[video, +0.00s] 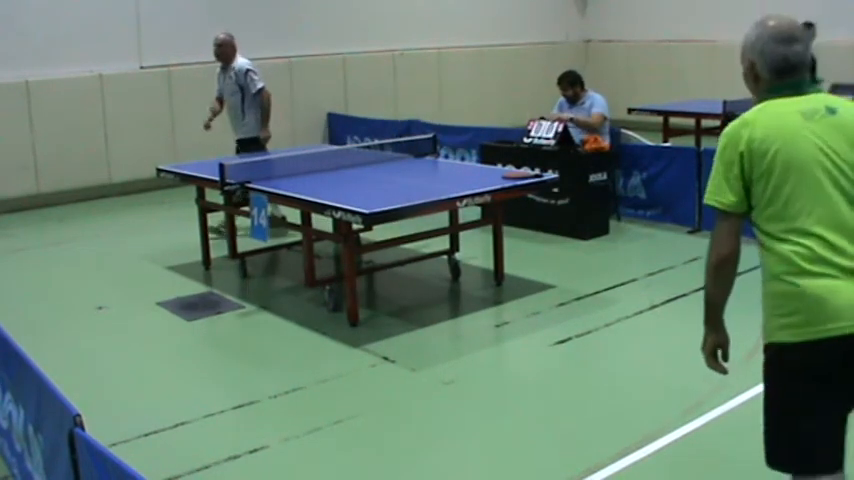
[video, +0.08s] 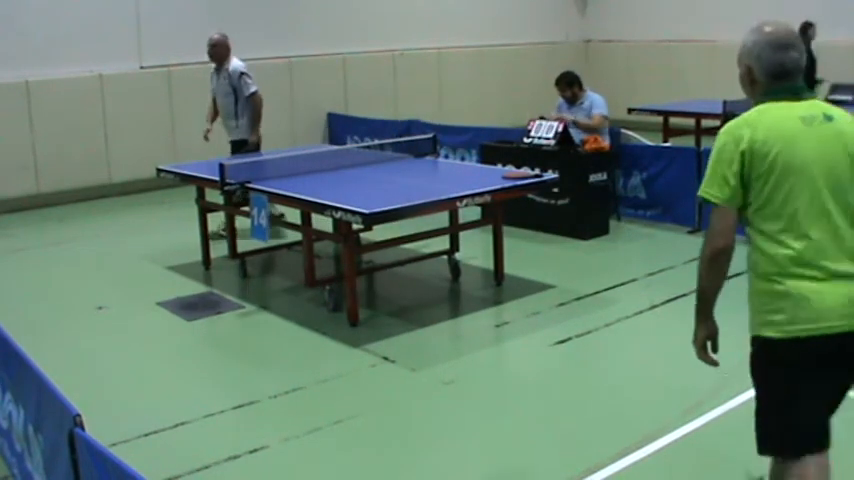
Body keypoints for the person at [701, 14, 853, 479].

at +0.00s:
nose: (743, 76)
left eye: (744, 68)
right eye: (744, 67)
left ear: (753, 72)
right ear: (810, 64)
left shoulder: (745, 132)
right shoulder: (848, 113)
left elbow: (724, 251)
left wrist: (714, 324)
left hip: (804, 323)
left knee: (816, 468)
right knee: (822, 464)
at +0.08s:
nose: (740, 77)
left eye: (740, 70)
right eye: (740, 70)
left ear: (749, 76)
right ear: (803, 69)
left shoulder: (741, 133)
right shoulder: (843, 123)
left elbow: (719, 246)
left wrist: (705, 315)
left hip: (787, 323)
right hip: (847, 316)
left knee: (797, 452)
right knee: (807, 438)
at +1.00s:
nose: (656, 43)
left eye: (656, 38)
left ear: (659, 40)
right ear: (697, 37)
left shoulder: (647, 83)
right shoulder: (723, 77)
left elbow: (629, 154)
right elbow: (735, 128)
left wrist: (655, 125)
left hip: (664, 216)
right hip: (715, 211)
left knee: (667, 303)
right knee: (695, 286)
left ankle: (681, 409)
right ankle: (696, 380)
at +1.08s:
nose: (651, 47)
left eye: (651, 42)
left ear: (654, 43)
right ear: (691, 41)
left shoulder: (642, 83)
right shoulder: (715, 81)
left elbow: (622, 147)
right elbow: (726, 138)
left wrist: (652, 128)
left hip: (659, 212)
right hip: (707, 209)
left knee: (667, 306)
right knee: (689, 282)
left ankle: (682, 410)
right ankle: (679, 360)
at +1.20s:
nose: (643, 55)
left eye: (643, 50)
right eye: (648, 49)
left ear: (646, 52)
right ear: (680, 50)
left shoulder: (637, 88)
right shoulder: (704, 88)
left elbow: (618, 143)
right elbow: (721, 145)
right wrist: (693, 157)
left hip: (653, 211)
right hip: (697, 208)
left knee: (659, 300)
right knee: (679, 278)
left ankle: (681, 402)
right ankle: (669, 347)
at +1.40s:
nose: (627, 50)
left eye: (628, 44)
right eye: (631, 43)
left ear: (632, 46)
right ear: (665, 43)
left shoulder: (626, 82)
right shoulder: (691, 82)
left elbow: (611, 142)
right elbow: (709, 140)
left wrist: (606, 129)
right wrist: (677, 149)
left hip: (639, 199)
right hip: (682, 197)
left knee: (624, 269)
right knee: (663, 264)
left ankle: (656, 330)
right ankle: (668, 341)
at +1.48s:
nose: (621, 49)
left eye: (621, 44)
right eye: (623, 44)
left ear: (626, 44)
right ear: (657, 41)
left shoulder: (620, 78)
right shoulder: (684, 78)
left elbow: (606, 139)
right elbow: (703, 134)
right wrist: (672, 143)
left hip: (632, 191)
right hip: (676, 191)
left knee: (613, 254)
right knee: (661, 258)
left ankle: (642, 321)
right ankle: (669, 343)